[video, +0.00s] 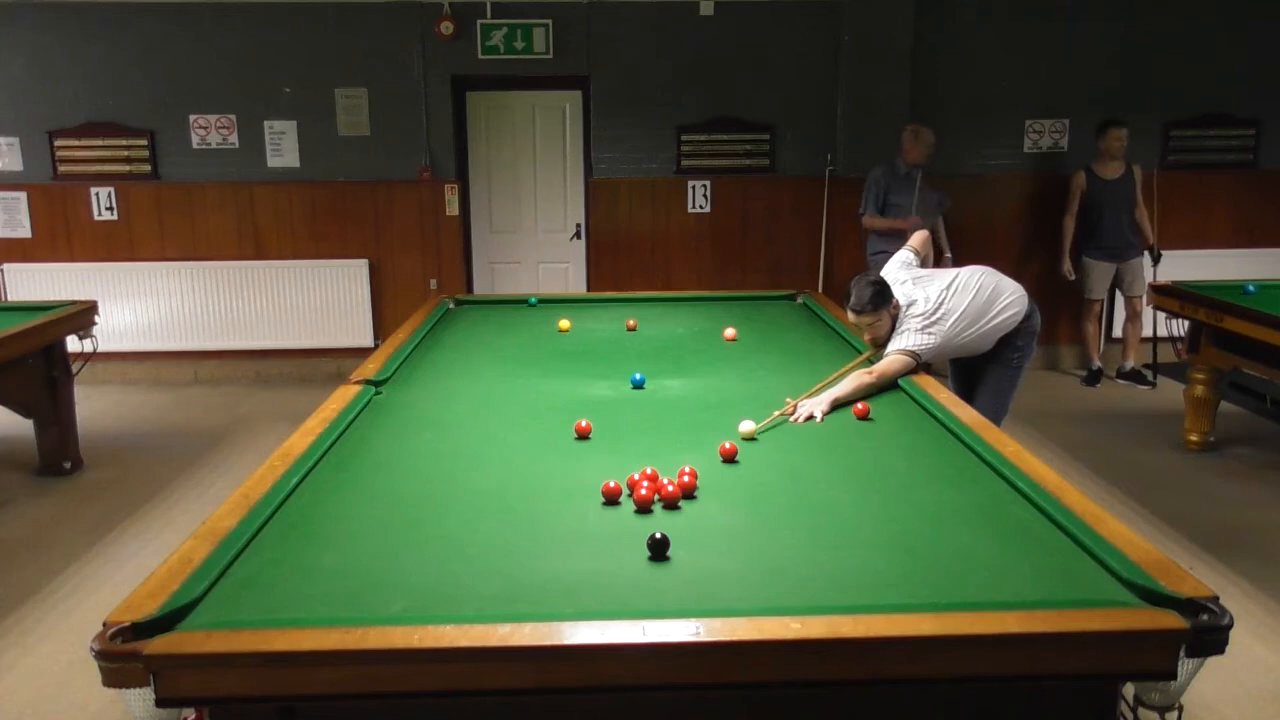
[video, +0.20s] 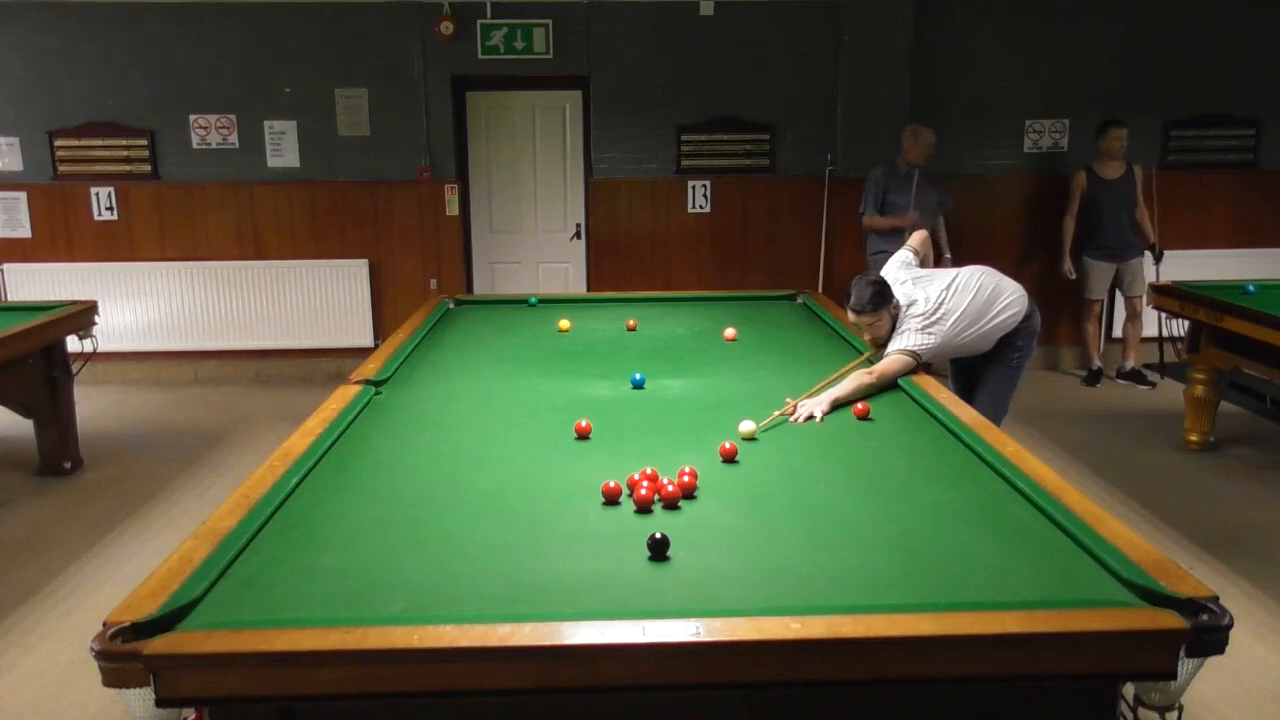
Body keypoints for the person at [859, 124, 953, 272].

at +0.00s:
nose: (929, 152)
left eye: (930, 147)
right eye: (925, 146)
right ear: (909, 145)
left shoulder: (926, 179)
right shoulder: (881, 175)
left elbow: (936, 217)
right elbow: (868, 220)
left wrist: (946, 254)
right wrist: (905, 224)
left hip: (918, 258)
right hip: (884, 257)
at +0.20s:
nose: (929, 152)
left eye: (931, 147)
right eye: (925, 146)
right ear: (909, 144)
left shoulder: (928, 179)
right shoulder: (881, 175)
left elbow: (937, 218)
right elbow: (868, 220)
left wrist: (946, 255)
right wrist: (901, 222)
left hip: (920, 259)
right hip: (885, 257)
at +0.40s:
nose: (927, 152)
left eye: (929, 147)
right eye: (923, 146)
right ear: (906, 145)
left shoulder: (927, 179)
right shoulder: (880, 175)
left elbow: (935, 220)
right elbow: (867, 220)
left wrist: (942, 255)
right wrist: (898, 223)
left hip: (918, 259)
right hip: (883, 258)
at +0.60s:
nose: (920, 153)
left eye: (921, 149)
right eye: (915, 148)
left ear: (923, 150)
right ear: (900, 146)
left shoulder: (921, 179)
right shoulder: (875, 176)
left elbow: (928, 221)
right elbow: (863, 221)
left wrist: (934, 254)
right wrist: (895, 224)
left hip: (913, 257)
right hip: (880, 256)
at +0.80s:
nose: (914, 155)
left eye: (916, 150)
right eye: (910, 149)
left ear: (918, 151)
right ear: (895, 146)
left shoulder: (916, 179)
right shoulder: (871, 176)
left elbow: (920, 219)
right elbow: (859, 222)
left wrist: (925, 253)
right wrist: (892, 224)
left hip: (909, 256)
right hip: (876, 256)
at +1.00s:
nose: (909, 154)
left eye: (913, 150)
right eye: (904, 149)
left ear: (917, 152)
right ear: (892, 147)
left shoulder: (917, 179)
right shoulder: (871, 177)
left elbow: (922, 220)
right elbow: (858, 222)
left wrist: (925, 255)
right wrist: (890, 224)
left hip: (909, 256)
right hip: (876, 256)